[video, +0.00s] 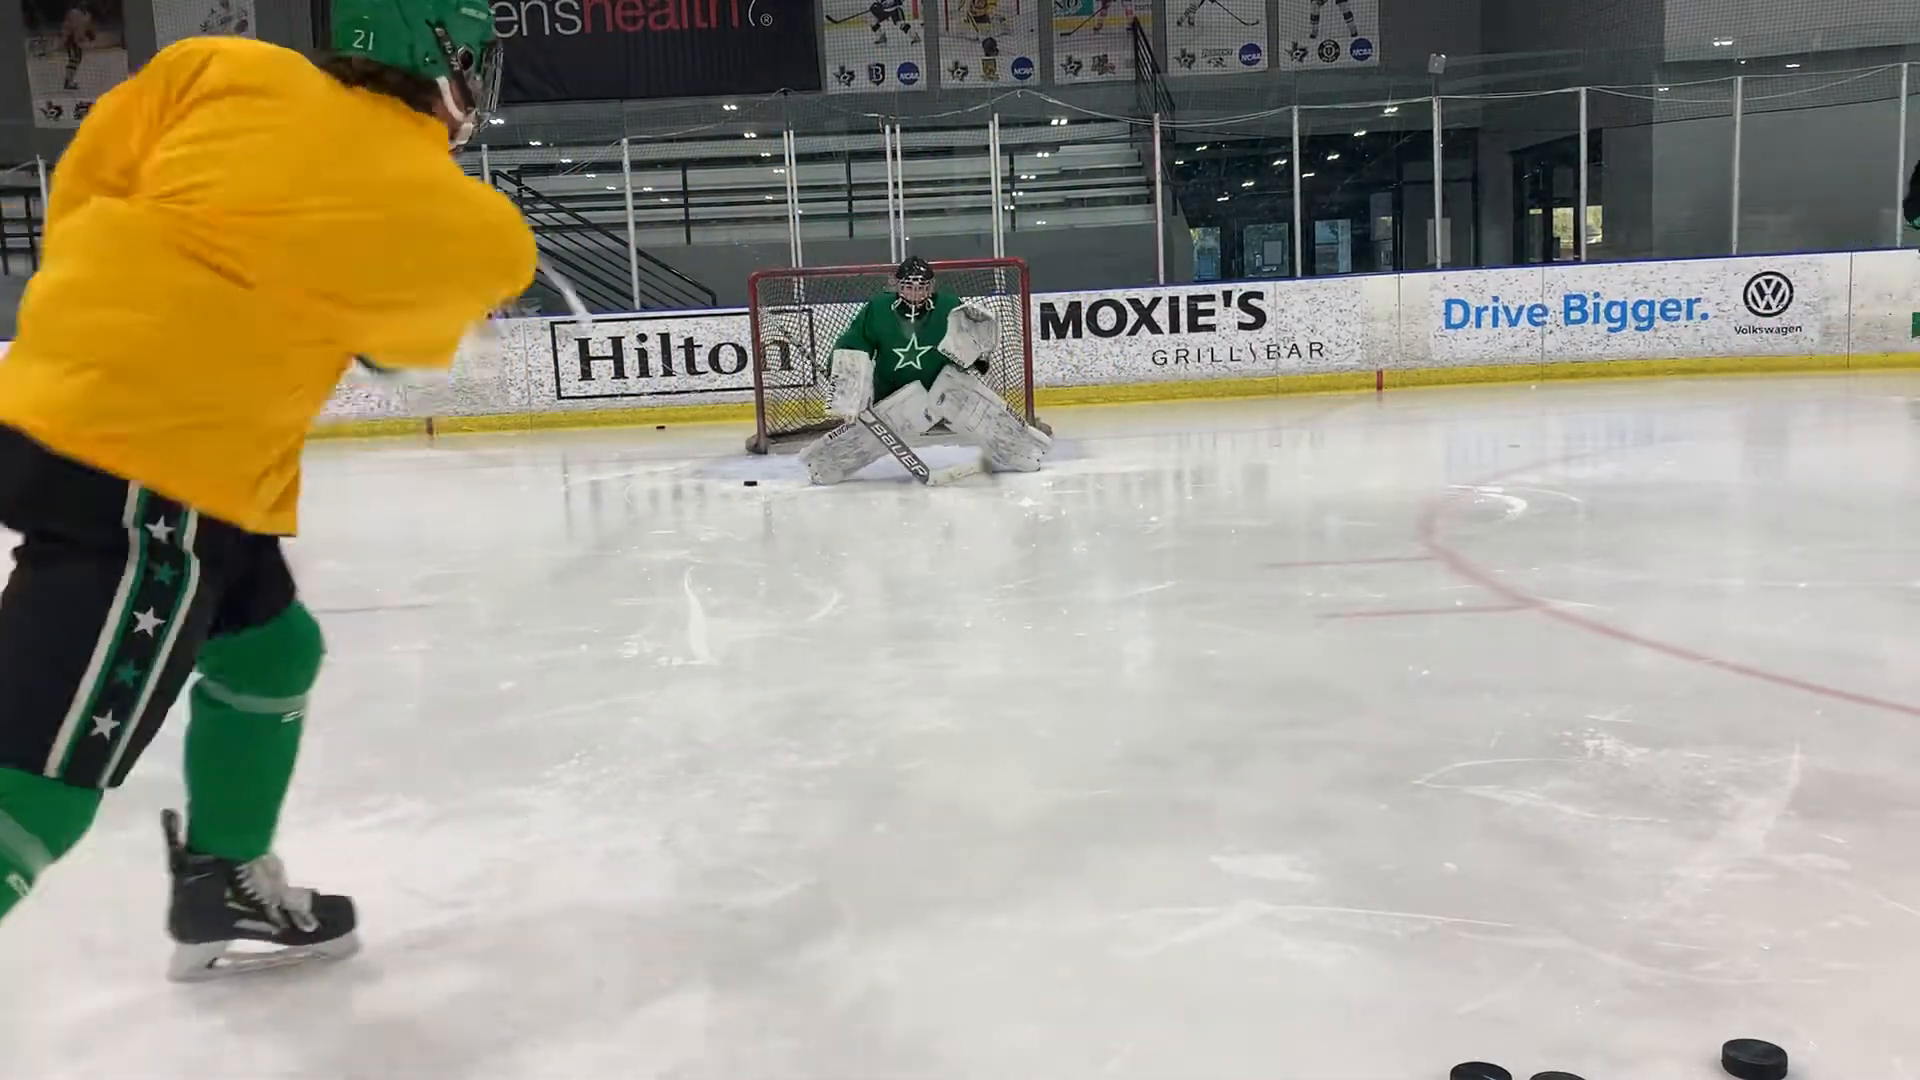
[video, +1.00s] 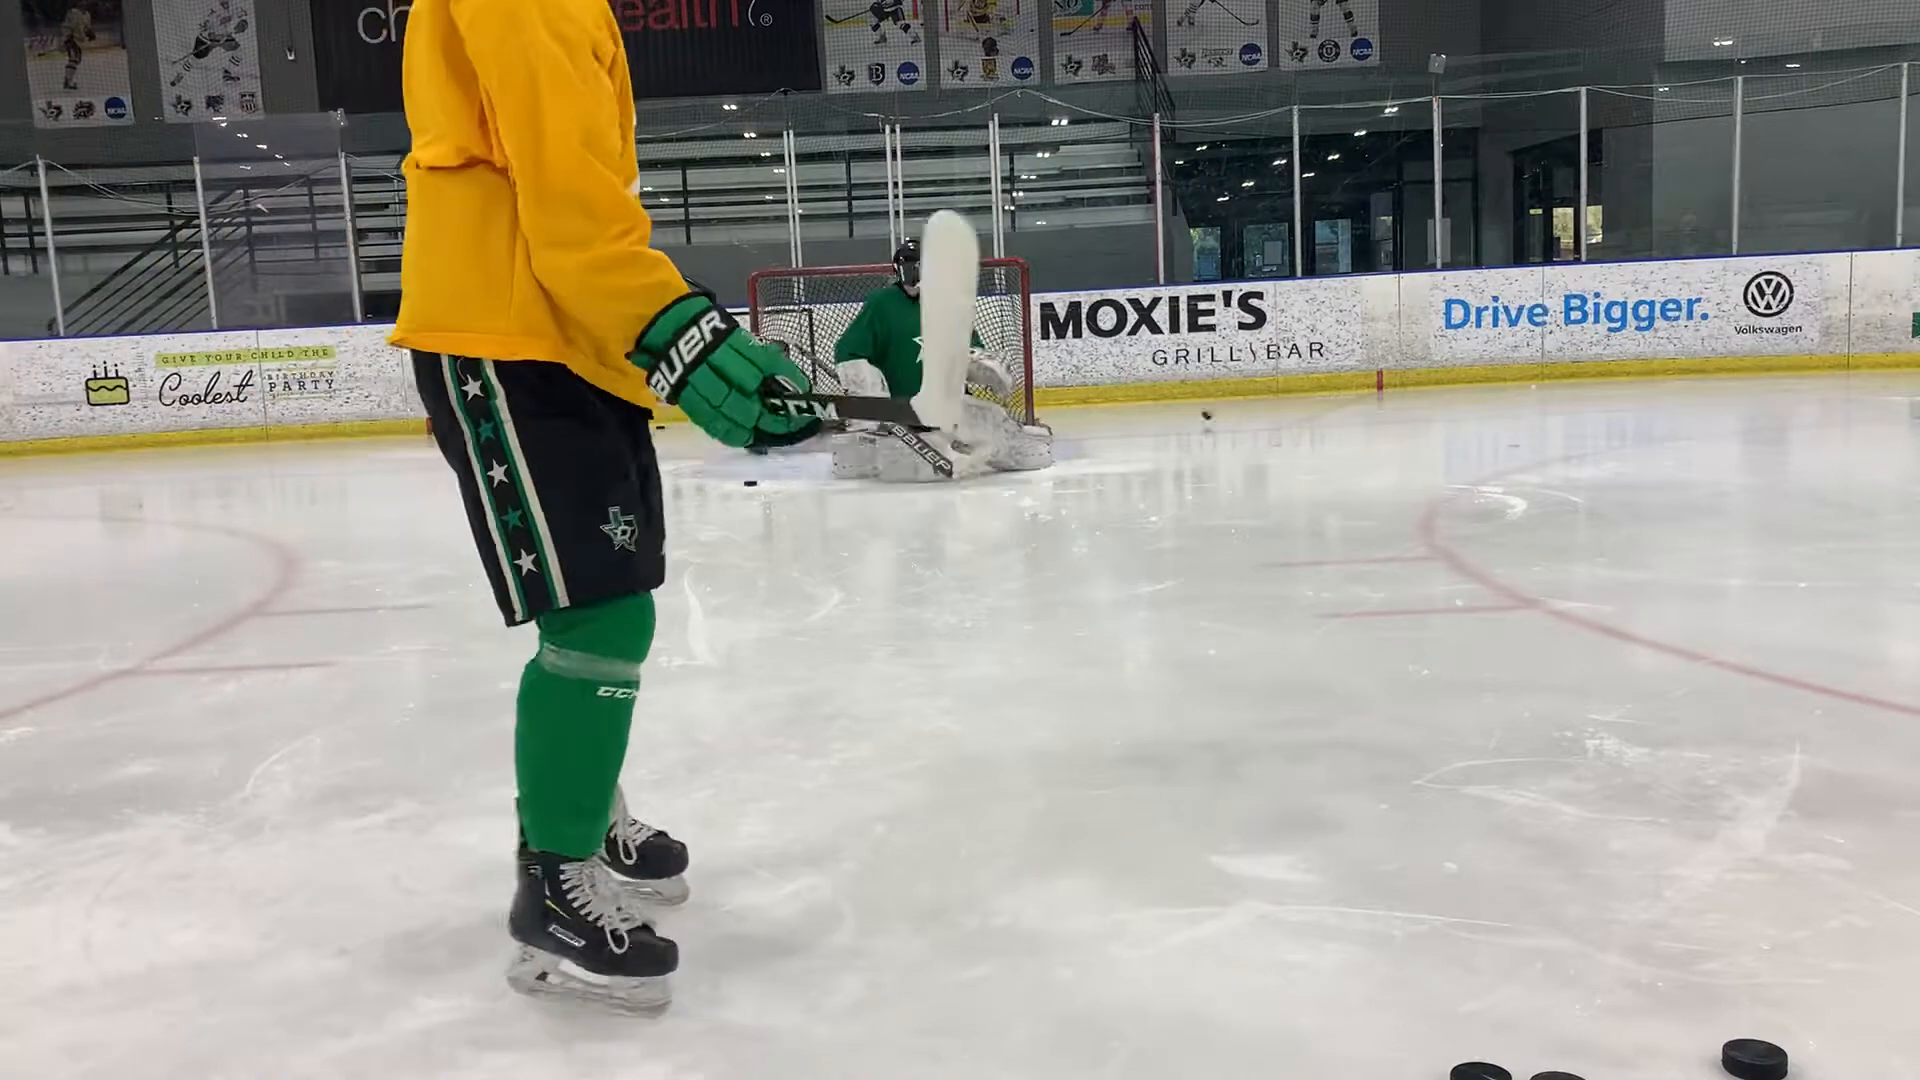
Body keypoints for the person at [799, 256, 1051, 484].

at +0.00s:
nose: (916, 292)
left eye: (921, 286)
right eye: (909, 286)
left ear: (931, 285)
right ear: (898, 286)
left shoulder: (950, 307)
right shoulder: (877, 311)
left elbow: (977, 359)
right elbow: (850, 349)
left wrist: (973, 349)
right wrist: (849, 388)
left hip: (946, 389)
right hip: (895, 399)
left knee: (981, 415)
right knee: (870, 434)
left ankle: (1019, 448)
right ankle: (827, 464)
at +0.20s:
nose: (918, 302)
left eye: (923, 296)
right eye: (912, 296)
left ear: (931, 296)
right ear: (899, 295)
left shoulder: (947, 317)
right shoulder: (876, 319)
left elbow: (967, 352)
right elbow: (847, 355)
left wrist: (998, 346)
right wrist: (859, 386)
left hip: (945, 412)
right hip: (896, 414)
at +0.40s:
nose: (937, 299)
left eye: (940, 293)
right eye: (929, 294)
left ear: (944, 293)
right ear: (911, 296)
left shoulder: (958, 323)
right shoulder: (885, 325)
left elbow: (978, 356)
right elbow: (850, 357)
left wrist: (1011, 326)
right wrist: (853, 393)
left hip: (951, 424)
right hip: (895, 427)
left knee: (1003, 439)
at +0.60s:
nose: (940, 292)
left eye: (943, 284)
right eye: (933, 285)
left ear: (948, 285)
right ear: (915, 287)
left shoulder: (961, 319)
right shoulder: (890, 319)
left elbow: (976, 360)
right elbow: (852, 360)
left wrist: (1011, 343)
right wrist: (858, 399)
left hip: (954, 425)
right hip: (900, 427)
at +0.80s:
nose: (941, 285)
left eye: (943, 278)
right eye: (933, 278)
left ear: (946, 278)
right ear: (913, 281)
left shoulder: (956, 312)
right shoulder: (889, 310)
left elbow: (974, 359)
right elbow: (854, 355)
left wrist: (999, 377)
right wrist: (863, 400)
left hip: (956, 419)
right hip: (904, 422)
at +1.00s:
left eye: (918, 267)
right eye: (906, 268)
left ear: (930, 268)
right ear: (896, 270)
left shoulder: (945, 301)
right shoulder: (882, 303)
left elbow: (968, 347)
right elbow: (849, 353)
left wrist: (987, 370)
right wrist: (873, 400)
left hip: (945, 402)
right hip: (896, 406)